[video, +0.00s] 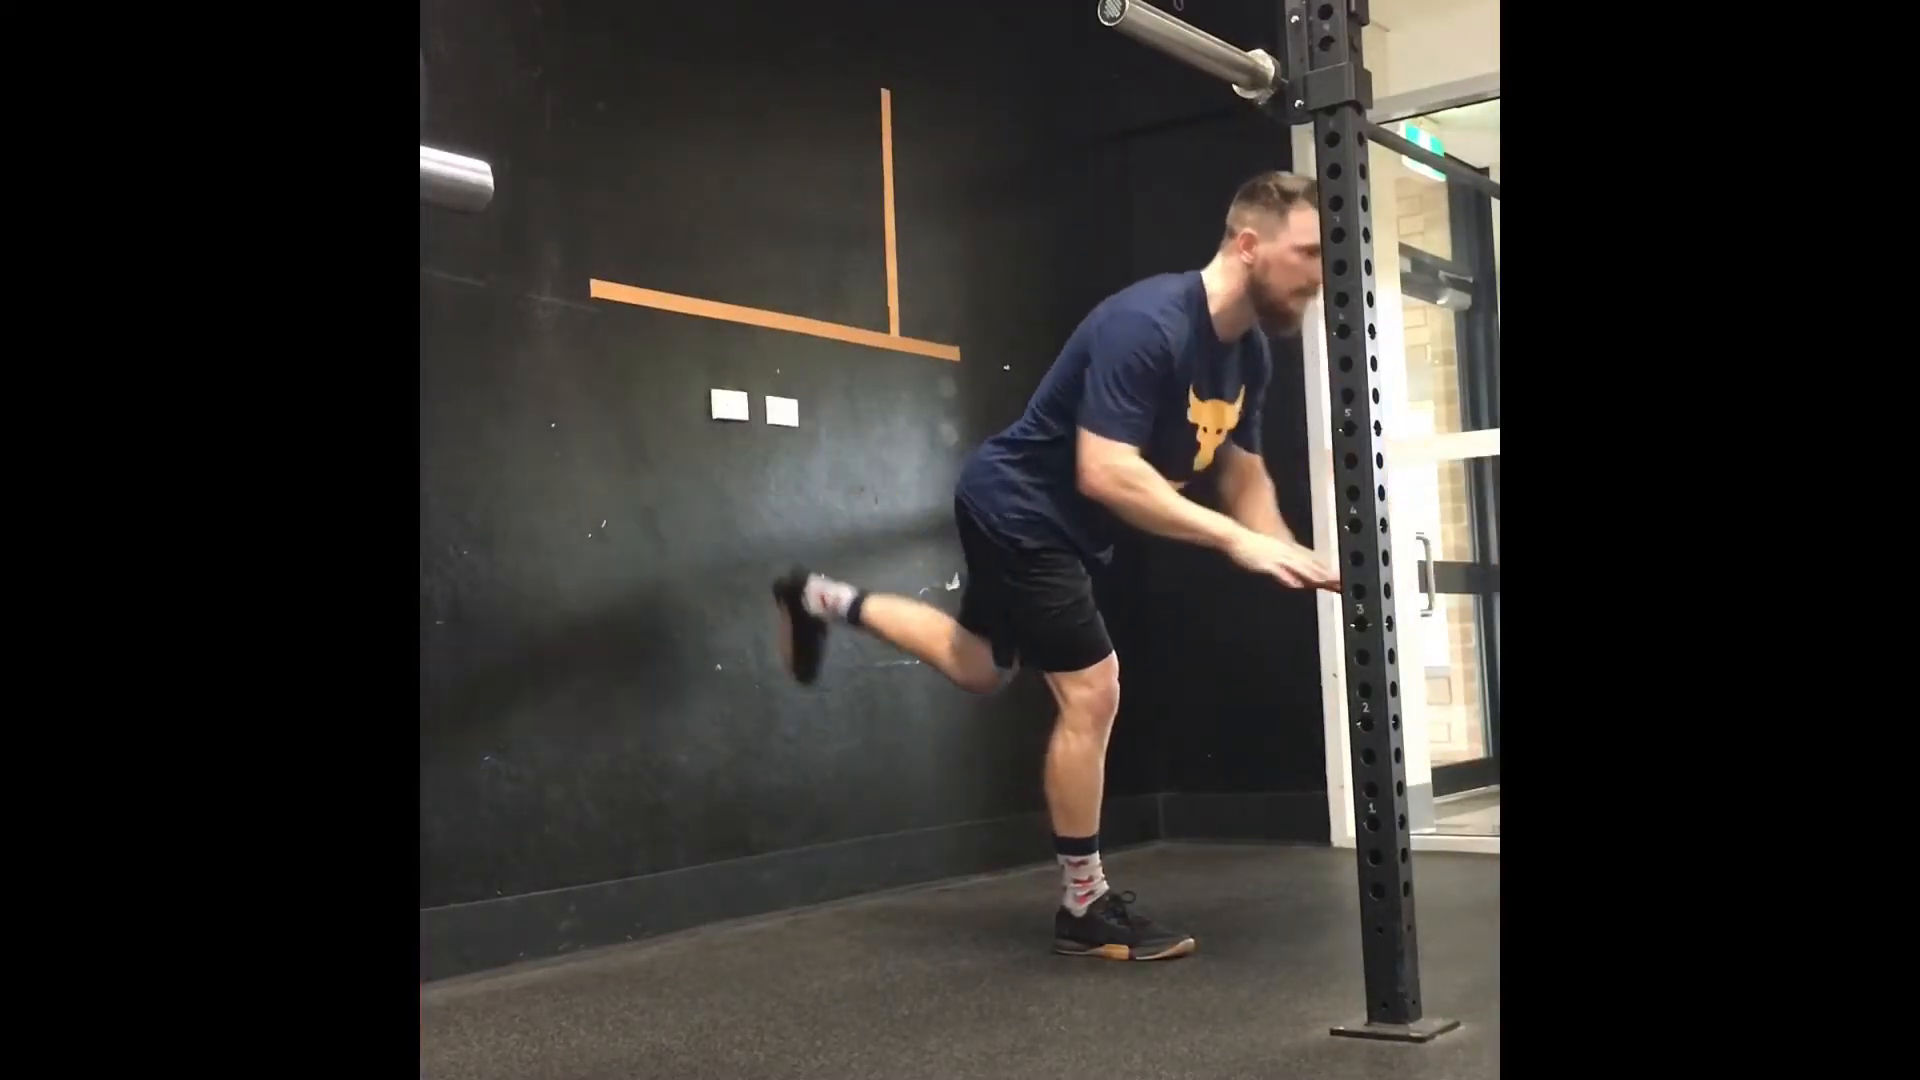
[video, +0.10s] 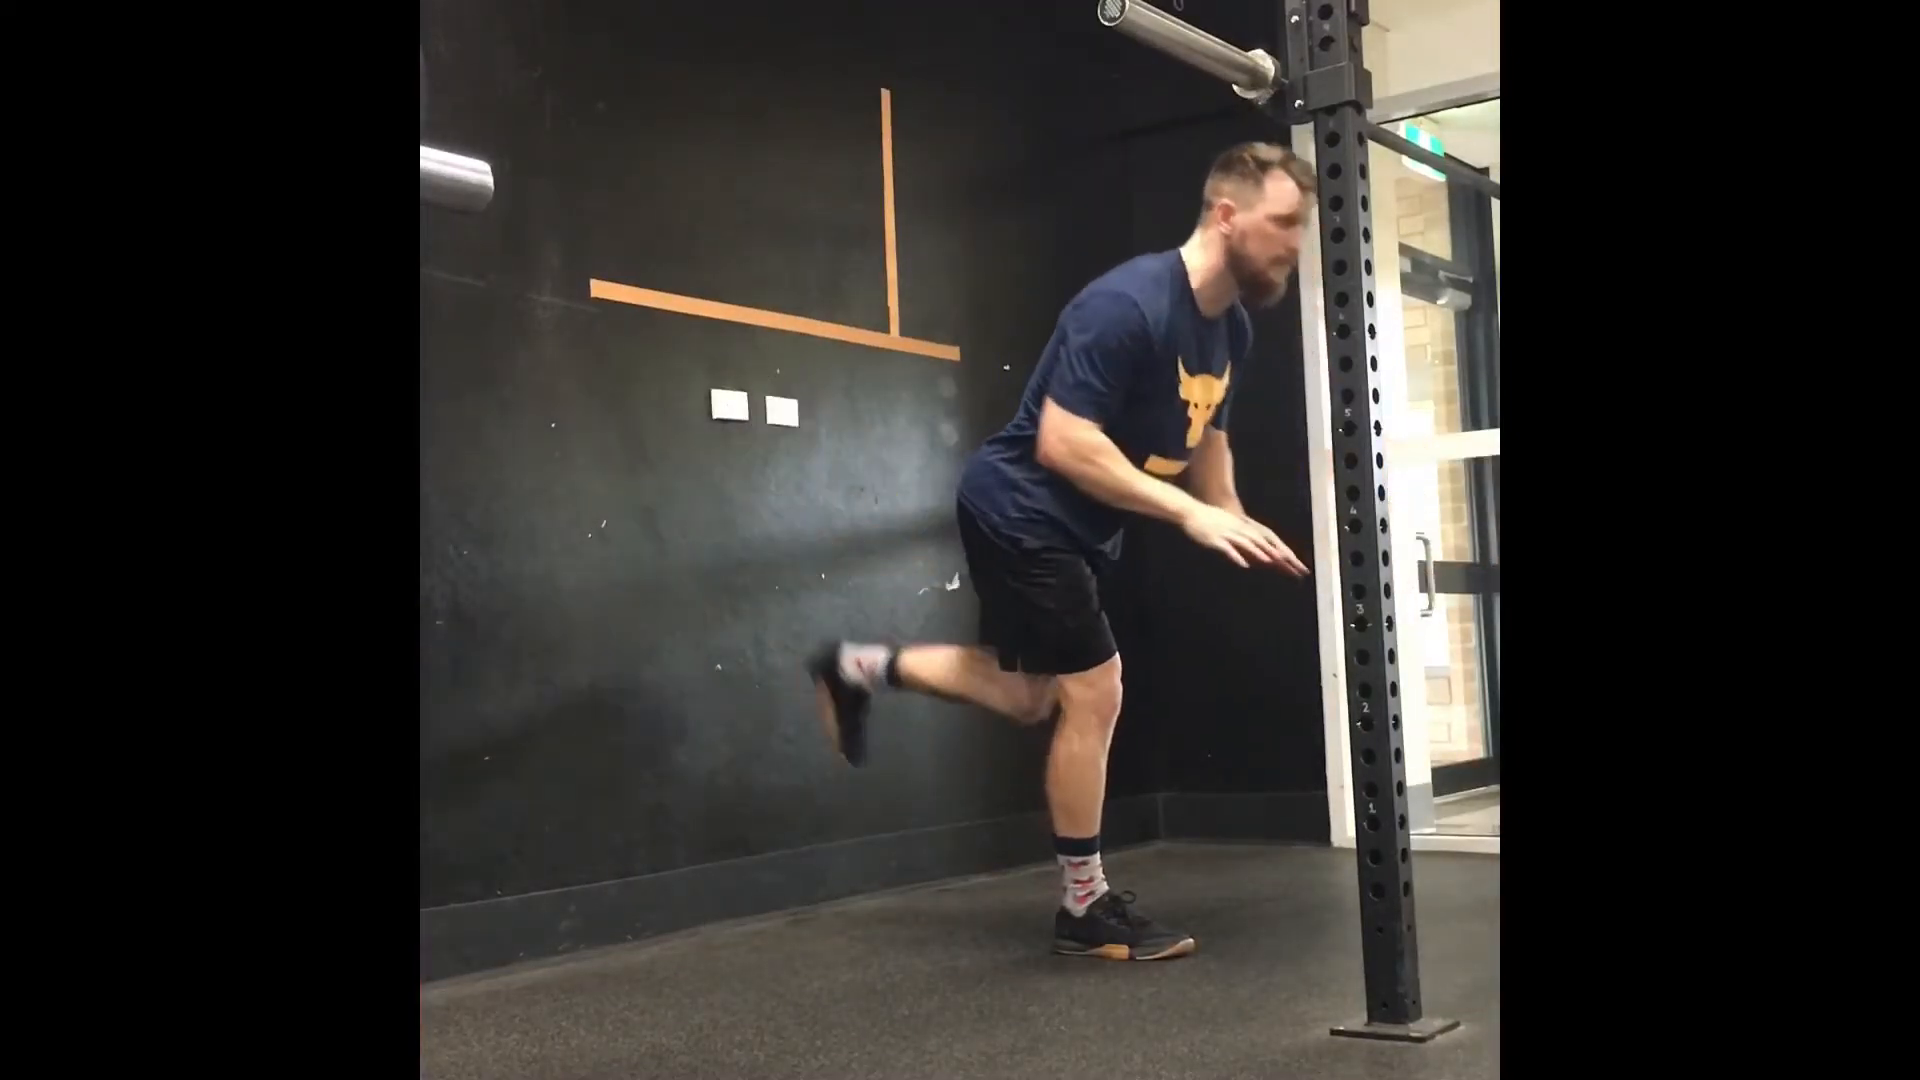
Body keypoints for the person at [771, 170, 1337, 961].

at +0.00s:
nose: (1317, 273)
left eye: (1321, 254)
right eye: (1306, 252)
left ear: (1266, 250)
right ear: (1246, 244)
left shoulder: (1248, 351)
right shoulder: (1144, 324)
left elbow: (1244, 476)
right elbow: (1105, 471)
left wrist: (1291, 558)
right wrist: (1236, 535)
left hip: (1069, 522)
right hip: (1013, 507)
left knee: (974, 662)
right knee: (1090, 691)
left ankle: (823, 598)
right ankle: (1083, 904)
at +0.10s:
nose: (1299, 242)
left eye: (1302, 224)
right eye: (1285, 222)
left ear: (1250, 225)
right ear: (1225, 217)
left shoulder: (1230, 331)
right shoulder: (1127, 305)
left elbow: (1207, 441)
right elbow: (1064, 443)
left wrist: (1234, 520)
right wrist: (1192, 513)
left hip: (1081, 525)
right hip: (1019, 509)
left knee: (1028, 694)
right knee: (1093, 690)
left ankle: (861, 666)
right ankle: (1084, 903)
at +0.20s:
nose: (1269, 209)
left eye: (1273, 192)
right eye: (1254, 189)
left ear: (1216, 192)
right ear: (1195, 184)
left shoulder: (1208, 299)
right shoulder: (1105, 281)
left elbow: (1184, 402)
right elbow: (1035, 412)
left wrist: (1203, 478)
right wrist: (1162, 469)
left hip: (1099, 517)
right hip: (1026, 511)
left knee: (1075, 694)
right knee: (1088, 695)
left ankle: (917, 732)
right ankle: (1083, 903)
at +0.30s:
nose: (1231, 177)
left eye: (1235, 161)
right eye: (1217, 157)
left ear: (1182, 160)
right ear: (1157, 152)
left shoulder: (1178, 271)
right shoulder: (1081, 258)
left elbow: (1137, 393)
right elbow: (1018, 388)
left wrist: (1195, 431)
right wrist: (1149, 424)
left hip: (1110, 514)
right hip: (1030, 515)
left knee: (1148, 682)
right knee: (1084, 698)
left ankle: (991, 777)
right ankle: (1082, 904)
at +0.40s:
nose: (1194, 153)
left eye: (1197, 137)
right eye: (1181, 134)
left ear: (1150, 138)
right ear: (1120, 128)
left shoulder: (1146, 250)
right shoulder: (1057, 236)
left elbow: (1116, 365)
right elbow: (1004, 367)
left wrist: (1171, 383)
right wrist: (1143, 380)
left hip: (1123, 505)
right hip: (1043, 514)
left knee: (1201, 644)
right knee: (1088, 698)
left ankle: (1069, 767)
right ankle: (1081, 903)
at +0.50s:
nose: (1161, 144)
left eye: (1165, 130)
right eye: (1147, 125)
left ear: (1126, 130)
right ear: (1090, 119)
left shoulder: (1117, 228)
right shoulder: (1034, 228)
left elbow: (1095, 348)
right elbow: (994, 358)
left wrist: (1157, 354)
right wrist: (1127, 348)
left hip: (1135, 491)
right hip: (1057, 510)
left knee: (1246, 599)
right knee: (1087, 701)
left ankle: (1132, 765)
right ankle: (1078, 900)